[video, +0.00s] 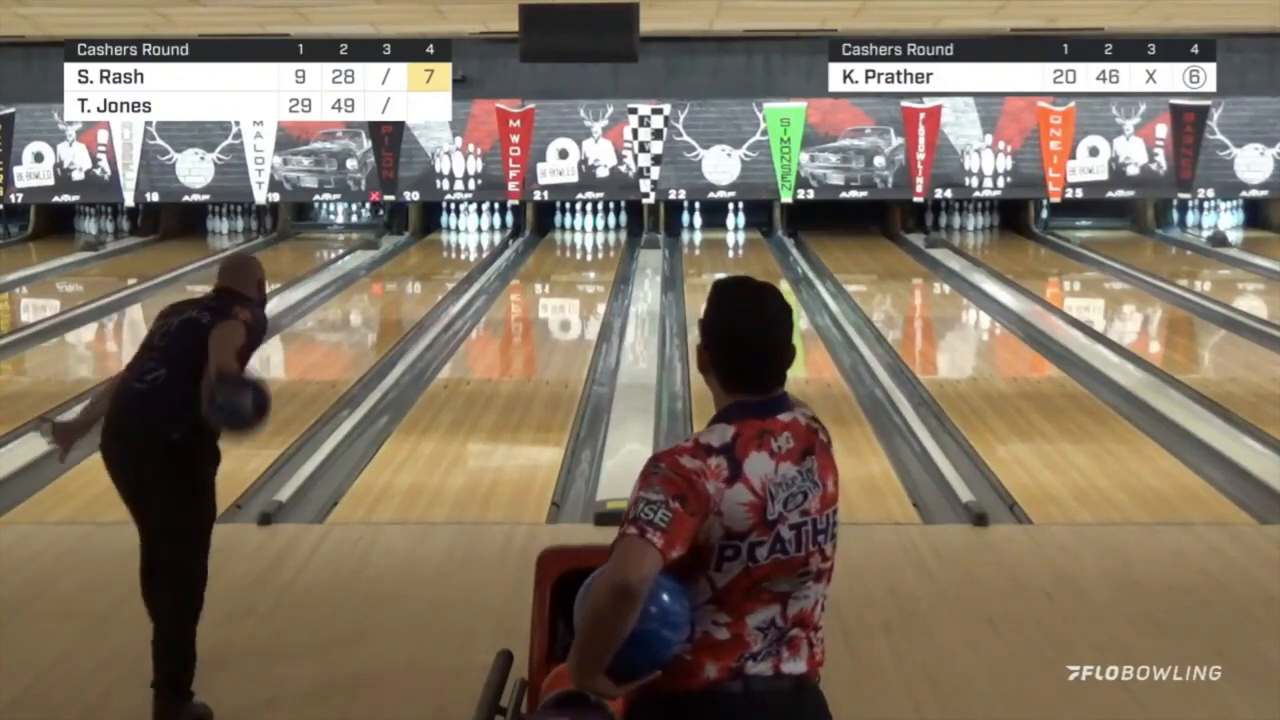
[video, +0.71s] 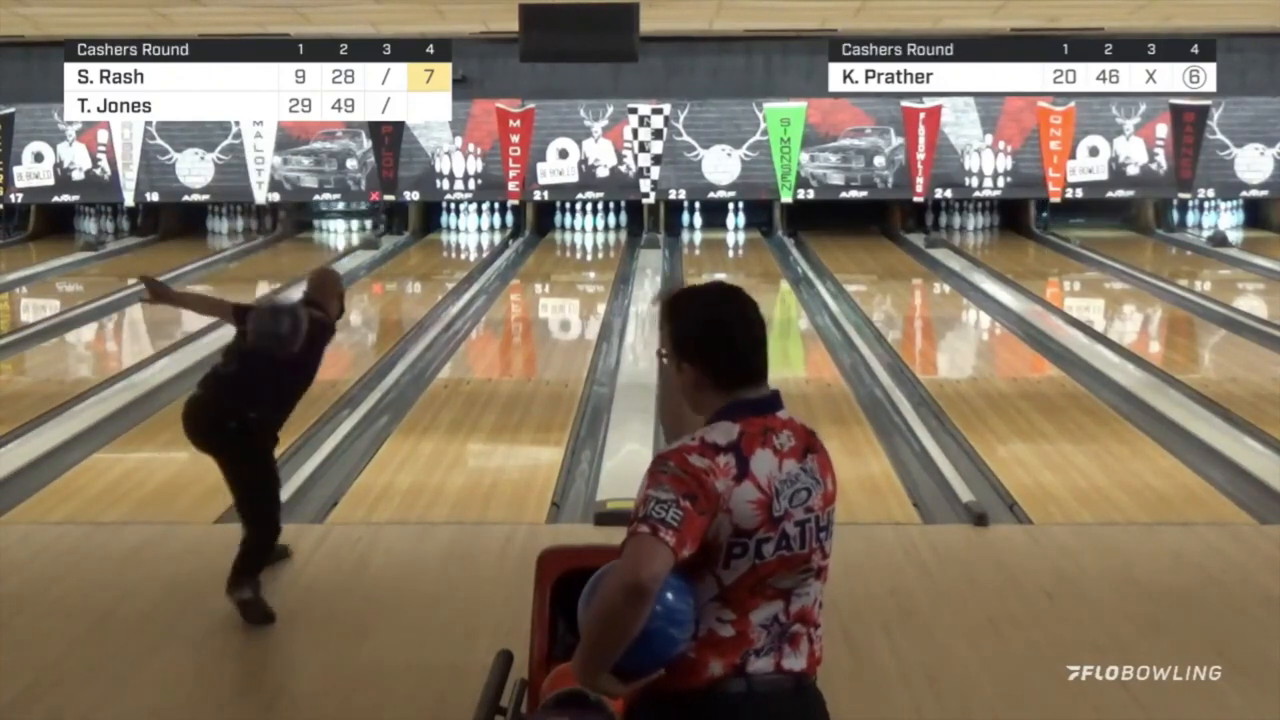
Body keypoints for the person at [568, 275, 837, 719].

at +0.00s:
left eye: (699, 338)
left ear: (702, 357)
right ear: (791, 356)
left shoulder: (686, 467)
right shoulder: (813, 436)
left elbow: (627, 580)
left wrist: (584, 671)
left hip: (696, 695)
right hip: (796, 690)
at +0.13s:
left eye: (700, 340)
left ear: (702, 357)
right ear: (791, 356)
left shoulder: (685, 467)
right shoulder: (817, 449)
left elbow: (627, 579)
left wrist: (582, 669)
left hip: (695, 696)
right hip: (796, 692)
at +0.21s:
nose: (698, 348)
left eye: (699, 339)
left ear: (704, 356)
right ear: (790, 357)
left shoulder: (689, 461)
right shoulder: (815, 449)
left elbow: (627, 579)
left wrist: (582, 669)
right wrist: (702, 434)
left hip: (696, 695)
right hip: (797, 692)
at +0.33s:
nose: (694, 346)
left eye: (696, 337)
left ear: (703, 355)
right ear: (789, 356)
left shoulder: (687, 468)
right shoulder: (810, 439)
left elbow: (629, 581)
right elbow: (727, 392)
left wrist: (584, 671)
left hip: (697, 695)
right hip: (796, 690)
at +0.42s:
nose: (690, 339)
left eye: (694, 332)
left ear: (705, 358)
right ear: (787, 354)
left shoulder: (689, 466)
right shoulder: (810, 436)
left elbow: (631, 579)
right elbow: (711, 369)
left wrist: (586, 668)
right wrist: (631, 330)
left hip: (694, 695)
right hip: (794, 690)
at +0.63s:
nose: (676, 367)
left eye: (676, 355)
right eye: (676, 354)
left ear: (693, 367)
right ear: (765, 352)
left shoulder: (693, 463)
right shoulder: (810, 445)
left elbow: (638, 576)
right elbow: (688, 416)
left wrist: (586, 671)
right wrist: (660, 310)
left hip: (699, 697)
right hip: (796, 691)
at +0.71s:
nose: (666, 369)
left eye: (667, 357)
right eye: (665, 357)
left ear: (687, 370)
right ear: (758, 351)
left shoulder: (692, 463)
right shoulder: (810, 447)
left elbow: (639, 577)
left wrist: (587, 669)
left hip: (700, 697)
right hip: (795, 692)